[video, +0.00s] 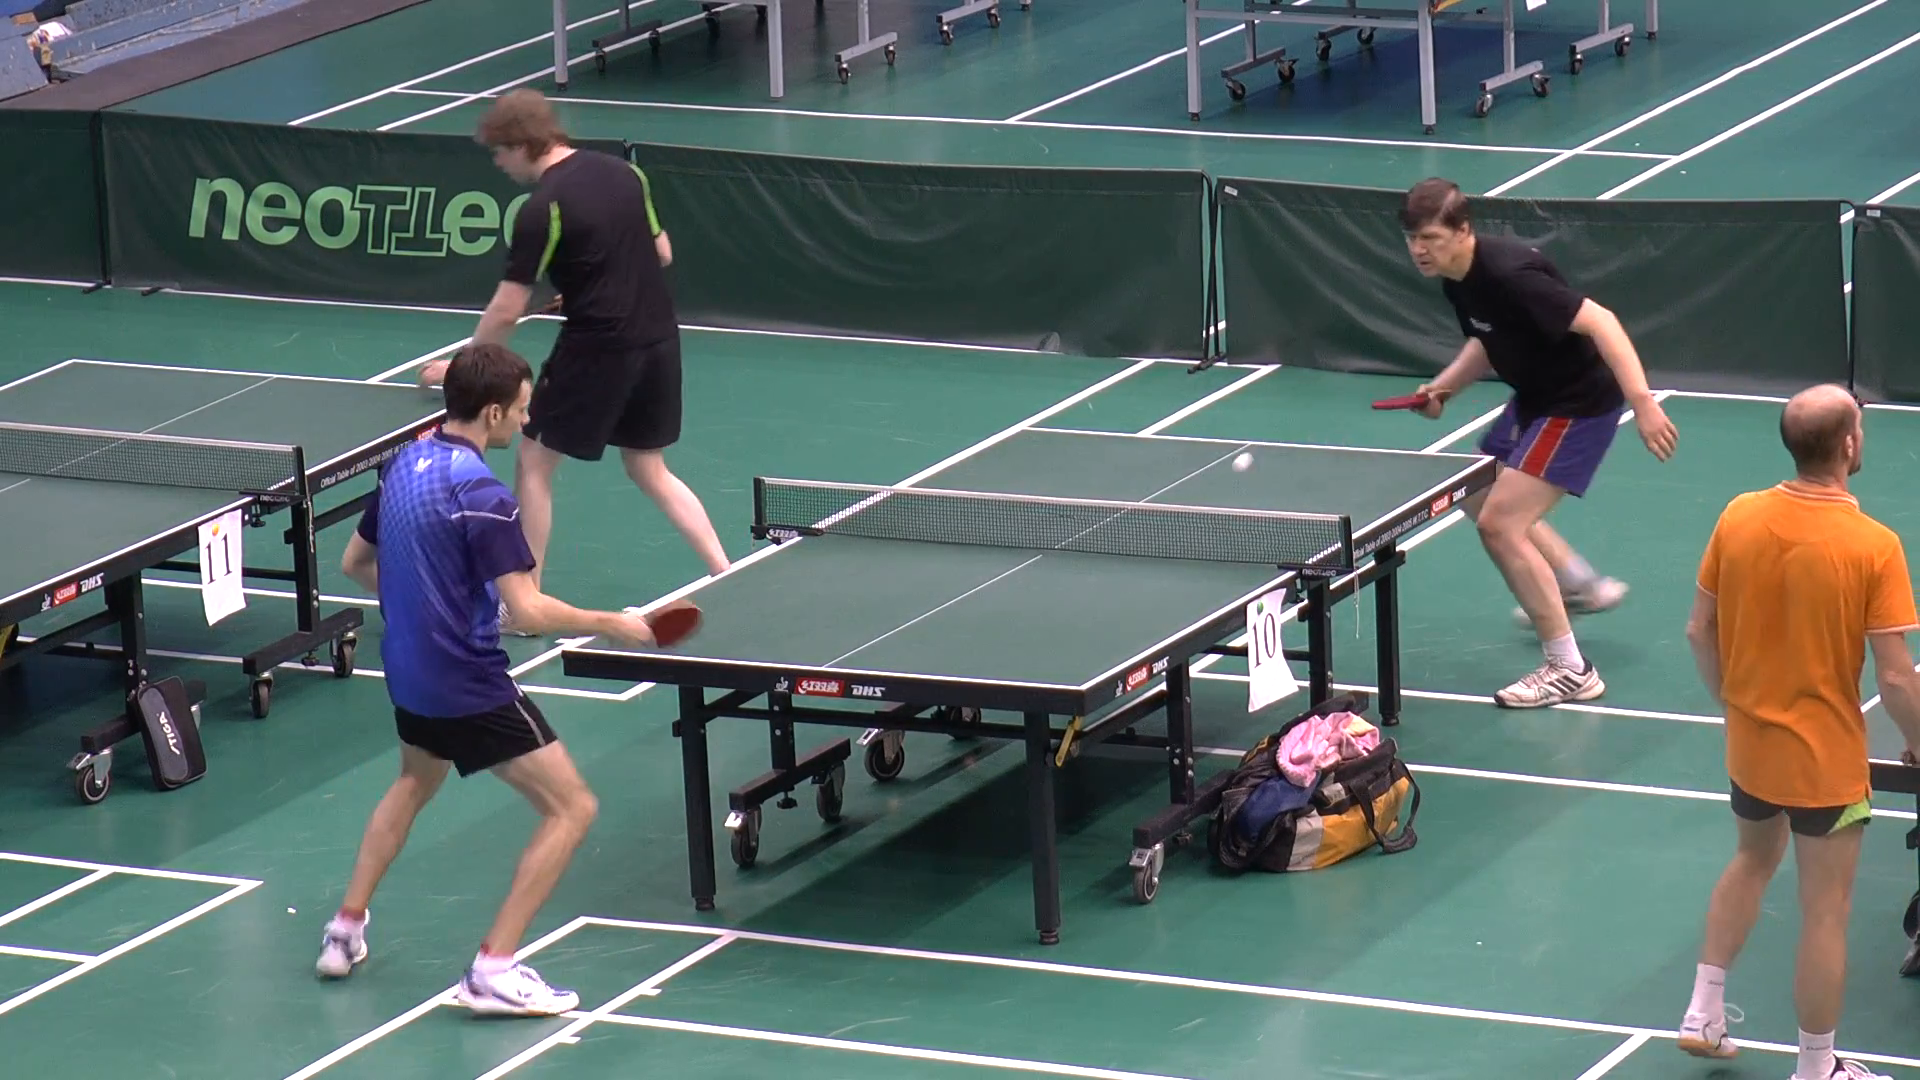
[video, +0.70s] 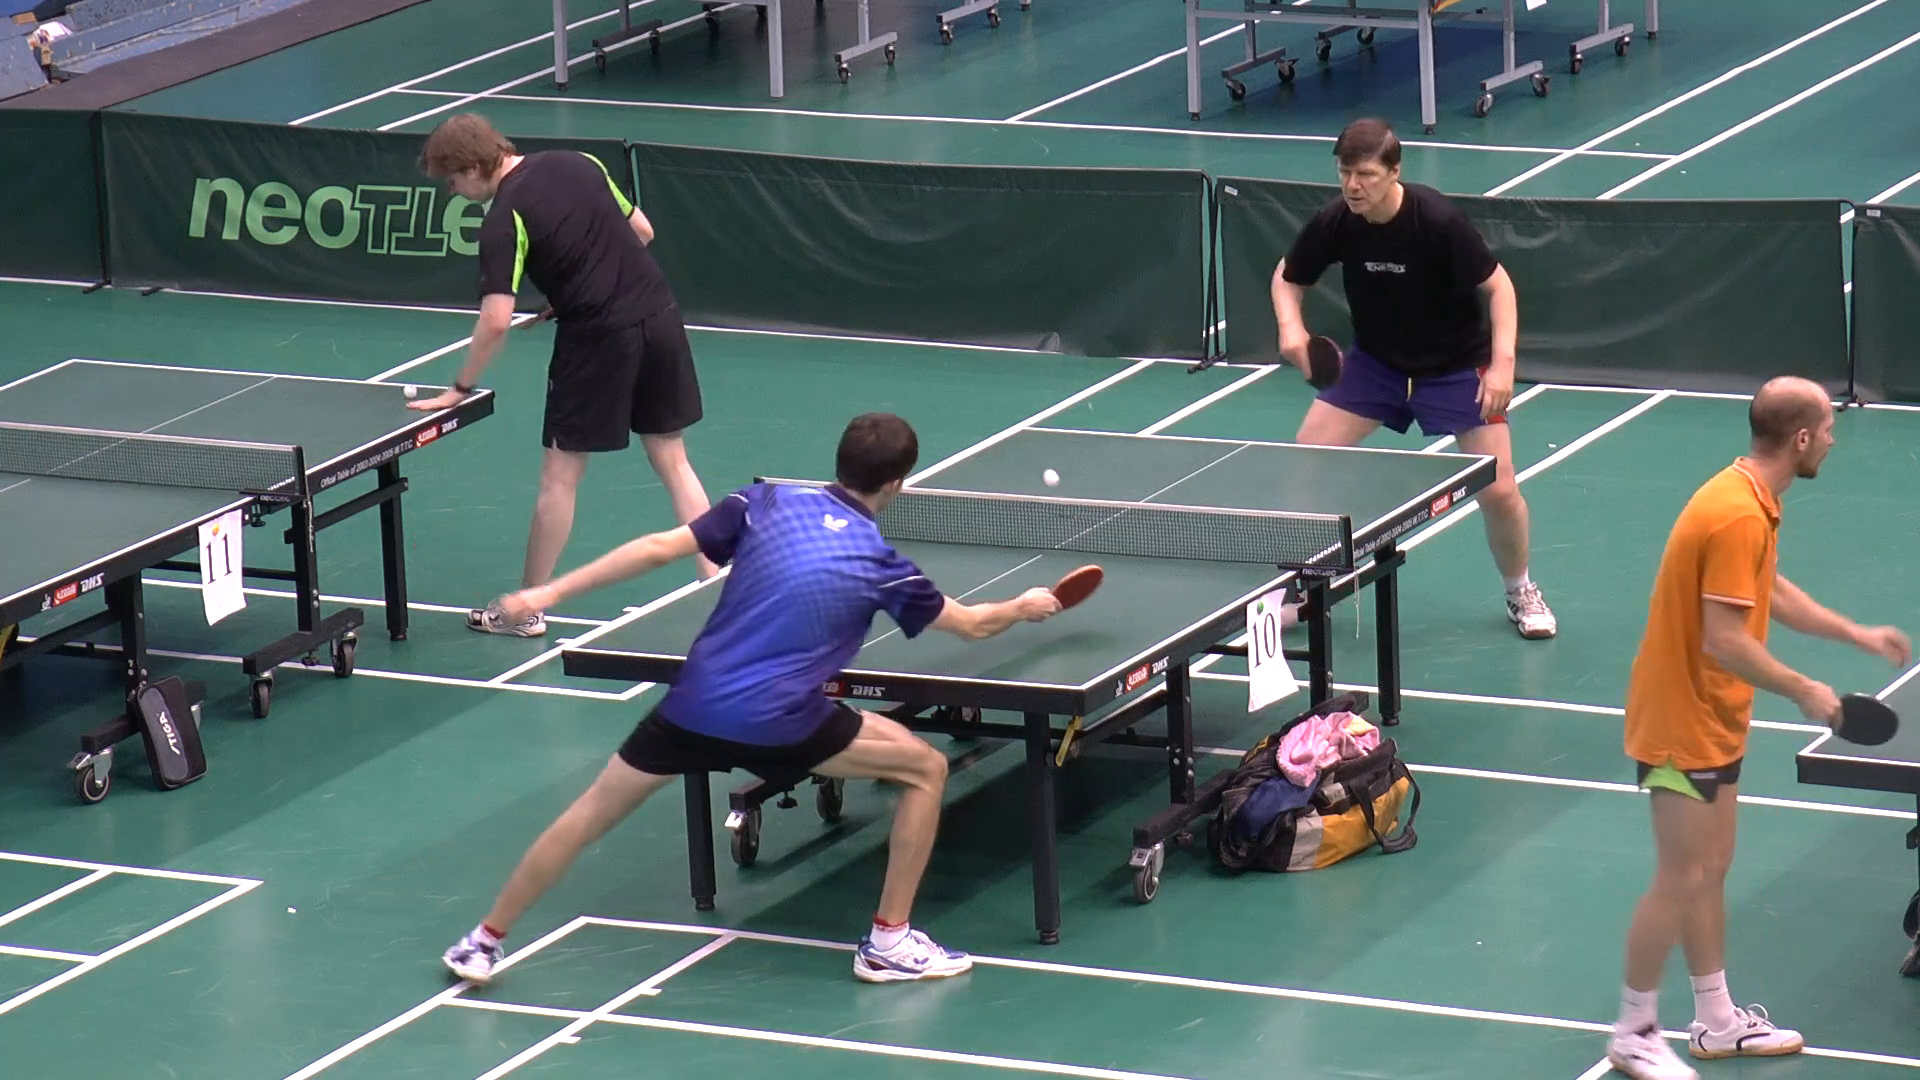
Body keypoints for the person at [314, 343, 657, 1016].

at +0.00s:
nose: (524, 418)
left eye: (524, 406)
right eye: (521, 406)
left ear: (458, 402)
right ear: (493, 410)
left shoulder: (404, 460)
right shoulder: (481, 490)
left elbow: (357, 562)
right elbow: (525, 609)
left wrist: (424, 595)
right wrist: (613, 623)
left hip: (408, 676)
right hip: (469, 686)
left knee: (416, 778)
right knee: (572, 808)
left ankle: (346, 926)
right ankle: (495, 966)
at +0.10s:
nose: (530, 440)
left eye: (530, 428)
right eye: (525, 428)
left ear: (467, 425)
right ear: (495, 430)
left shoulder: (412, 481)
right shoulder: (488, 513)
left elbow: (376, 573)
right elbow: (550, 617)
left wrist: (467, 598)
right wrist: (657, 638)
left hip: (418, 693)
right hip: (481, 699)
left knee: (418, 794)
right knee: (619, 786)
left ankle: (339, 934)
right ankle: (535, 936)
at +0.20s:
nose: (568, 456)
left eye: (568, 444)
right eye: (563, 445)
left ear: (512, 442)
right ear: (525, 445)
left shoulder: (451, 488)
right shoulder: (528, 525)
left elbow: (404, 553)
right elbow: (620, 608)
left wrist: (496, 581)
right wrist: (735, 621)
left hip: (438, 702)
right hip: (503, 706)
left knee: (421, 802)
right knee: (658, 769)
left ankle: (340, 933)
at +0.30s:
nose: (647, 457)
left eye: (647, 444)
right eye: (639, 446)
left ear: (576, 442)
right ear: (597, 445)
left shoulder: (513, 479)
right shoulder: (594, 521)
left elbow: (437, 524)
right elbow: (707, 589)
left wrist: (496, 546)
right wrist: (829, 600)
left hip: (479, 700)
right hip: (552, 703)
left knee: (426, 805)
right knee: (708, 767)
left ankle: (339, 935)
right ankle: (784, 927)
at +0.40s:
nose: (737, 469)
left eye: (739, 456)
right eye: (732, 457)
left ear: (669, 442)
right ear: (693, 450)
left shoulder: (596, 472)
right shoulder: (695, 523)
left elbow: (497, 503)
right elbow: (810, 594)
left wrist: (442, 526)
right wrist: (920, 600)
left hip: (544, 688)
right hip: (622, 697)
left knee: (458, 793)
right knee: (766, 779)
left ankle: (359, 924)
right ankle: (859, 938)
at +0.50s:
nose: (830, 477)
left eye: (827, 464)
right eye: (825, 466)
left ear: (757, 460)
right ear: (795, 471)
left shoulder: (680, 491)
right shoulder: (790, 546)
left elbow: (562, 515)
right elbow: (905, 611)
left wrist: (467, 537)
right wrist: (1005, 614)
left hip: (604, 694)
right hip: (688, 708)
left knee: (508, 795)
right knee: (847, 769)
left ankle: (402, 919)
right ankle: (885, 939)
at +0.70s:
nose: (909, 485)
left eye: (904, 473)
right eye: (909, 477)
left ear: (838, 462)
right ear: (892, 485)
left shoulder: (767, 498)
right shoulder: (882, 560)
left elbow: (659, 548)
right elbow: (972, 625)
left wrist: (548, 593)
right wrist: (1027, 607)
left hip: (690, 705)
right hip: (780, 722)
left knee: (586, 816)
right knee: (926, 767)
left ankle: (482, 942)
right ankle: (890, 939)